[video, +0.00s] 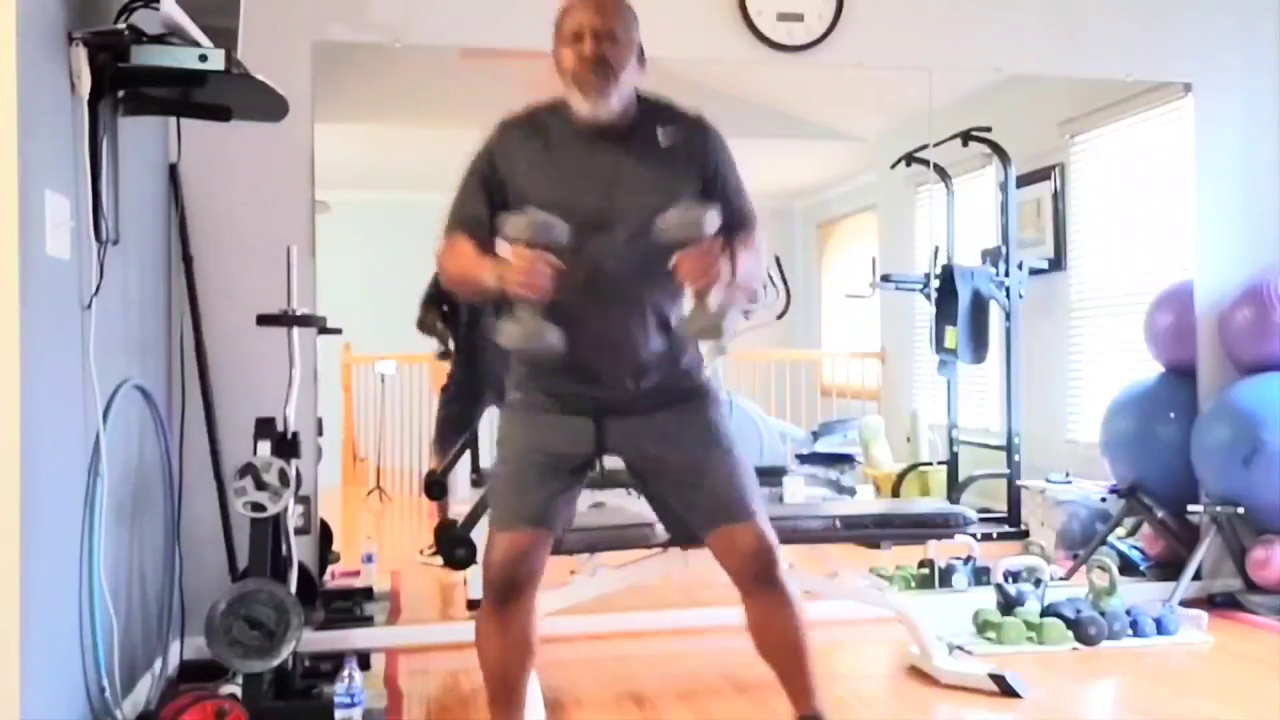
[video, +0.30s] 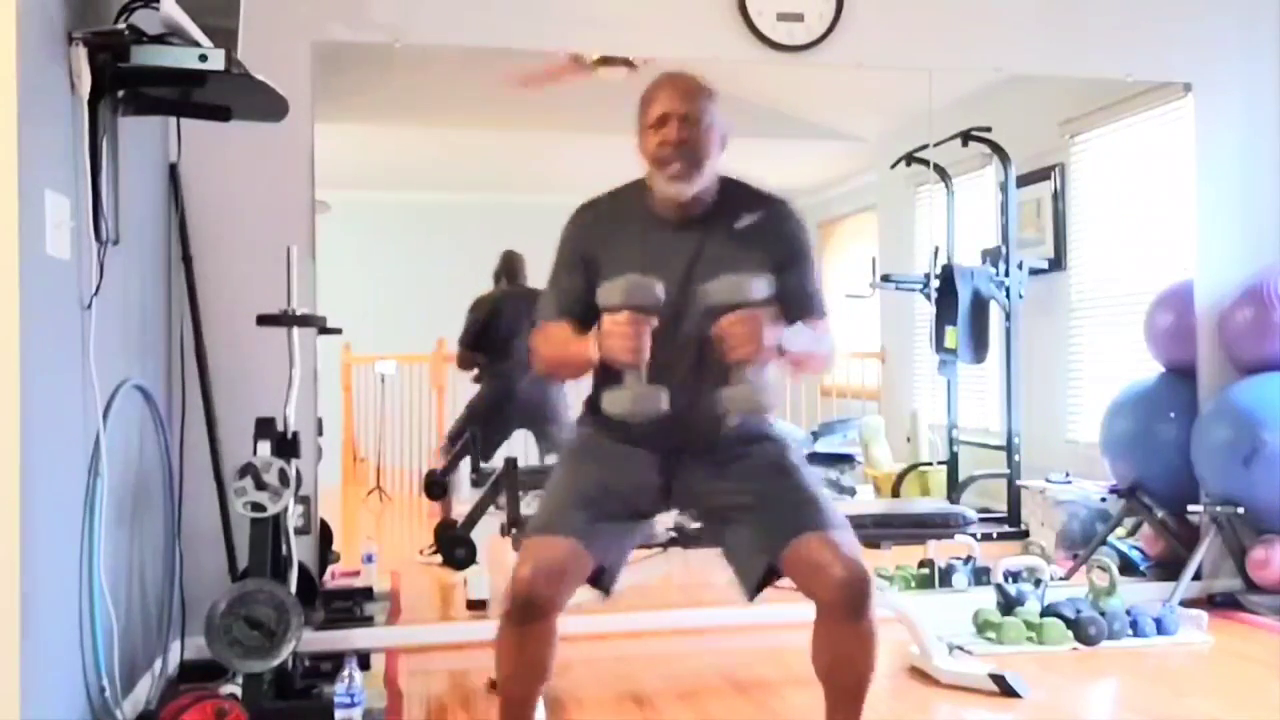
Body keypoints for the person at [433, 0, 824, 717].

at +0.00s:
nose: (591, 50)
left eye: (608, 36)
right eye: (576, 37)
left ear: (638, 54)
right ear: (554, 53)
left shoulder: (689, 141)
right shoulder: (514, 144)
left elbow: (748, 249)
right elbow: (453, 256)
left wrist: (728, 263)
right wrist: (501, 271)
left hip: (666, 390)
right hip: (547, 394)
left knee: (755, 556)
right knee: (508, 570)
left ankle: (811, 711)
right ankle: (510, 718)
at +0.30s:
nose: (674, 136)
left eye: (691, 122)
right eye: (659, 124)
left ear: (720, 137)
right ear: (639, 140)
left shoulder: (771, 222)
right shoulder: (595, 224)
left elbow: (819, 350)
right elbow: (545, 349)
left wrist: (773, 338)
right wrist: (597, 343)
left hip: (739, 443)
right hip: (619, 444)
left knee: (846, 584)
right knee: (531, 590)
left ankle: (843, 719)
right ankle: (514, 716)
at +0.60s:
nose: (739, 9)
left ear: (797, 9)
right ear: (708, 11)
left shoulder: (848, 99)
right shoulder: (672, 103)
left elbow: (912, 195)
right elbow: (621, 212)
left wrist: (930, 238)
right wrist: (603, 249)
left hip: (818, 360)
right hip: (706, 359)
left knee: (841, 553)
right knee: (658, 541)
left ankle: (844, 714)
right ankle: (697, 702)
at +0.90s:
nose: (763, 7)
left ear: (819, 4)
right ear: (730, 9)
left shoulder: (874, 85)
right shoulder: (694, 105)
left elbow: (941, 176)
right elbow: (649, 210)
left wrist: (936, 211)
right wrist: (652, 236)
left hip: (863, 348)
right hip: (750, 359)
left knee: (901, 530)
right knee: (739, 554)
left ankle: (904, 704)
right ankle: (746, 714)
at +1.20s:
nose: (844, 118)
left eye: (861, 105)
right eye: (829, 105)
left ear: (892, 119)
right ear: (807, 120)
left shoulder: (941, 201)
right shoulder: (766, 207)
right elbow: (726, 342)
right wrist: (764, 341)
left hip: (896, 432)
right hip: (781, 430)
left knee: (974, 594)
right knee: (709, 574)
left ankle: (980, 716)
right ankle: (741, 715)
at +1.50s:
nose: (893, 29)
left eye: (911, 13)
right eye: (876, 13)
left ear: (945, 22)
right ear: (855, 24)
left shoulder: (1008, 113)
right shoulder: (818, 127)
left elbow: (1063, 217)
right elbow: (768, 232)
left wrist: (1061, 261)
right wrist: (752, 280)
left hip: (959, 376)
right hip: (839, 370)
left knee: (981, 567)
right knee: (768, 543)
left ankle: (989, 715)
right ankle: (765, 709)